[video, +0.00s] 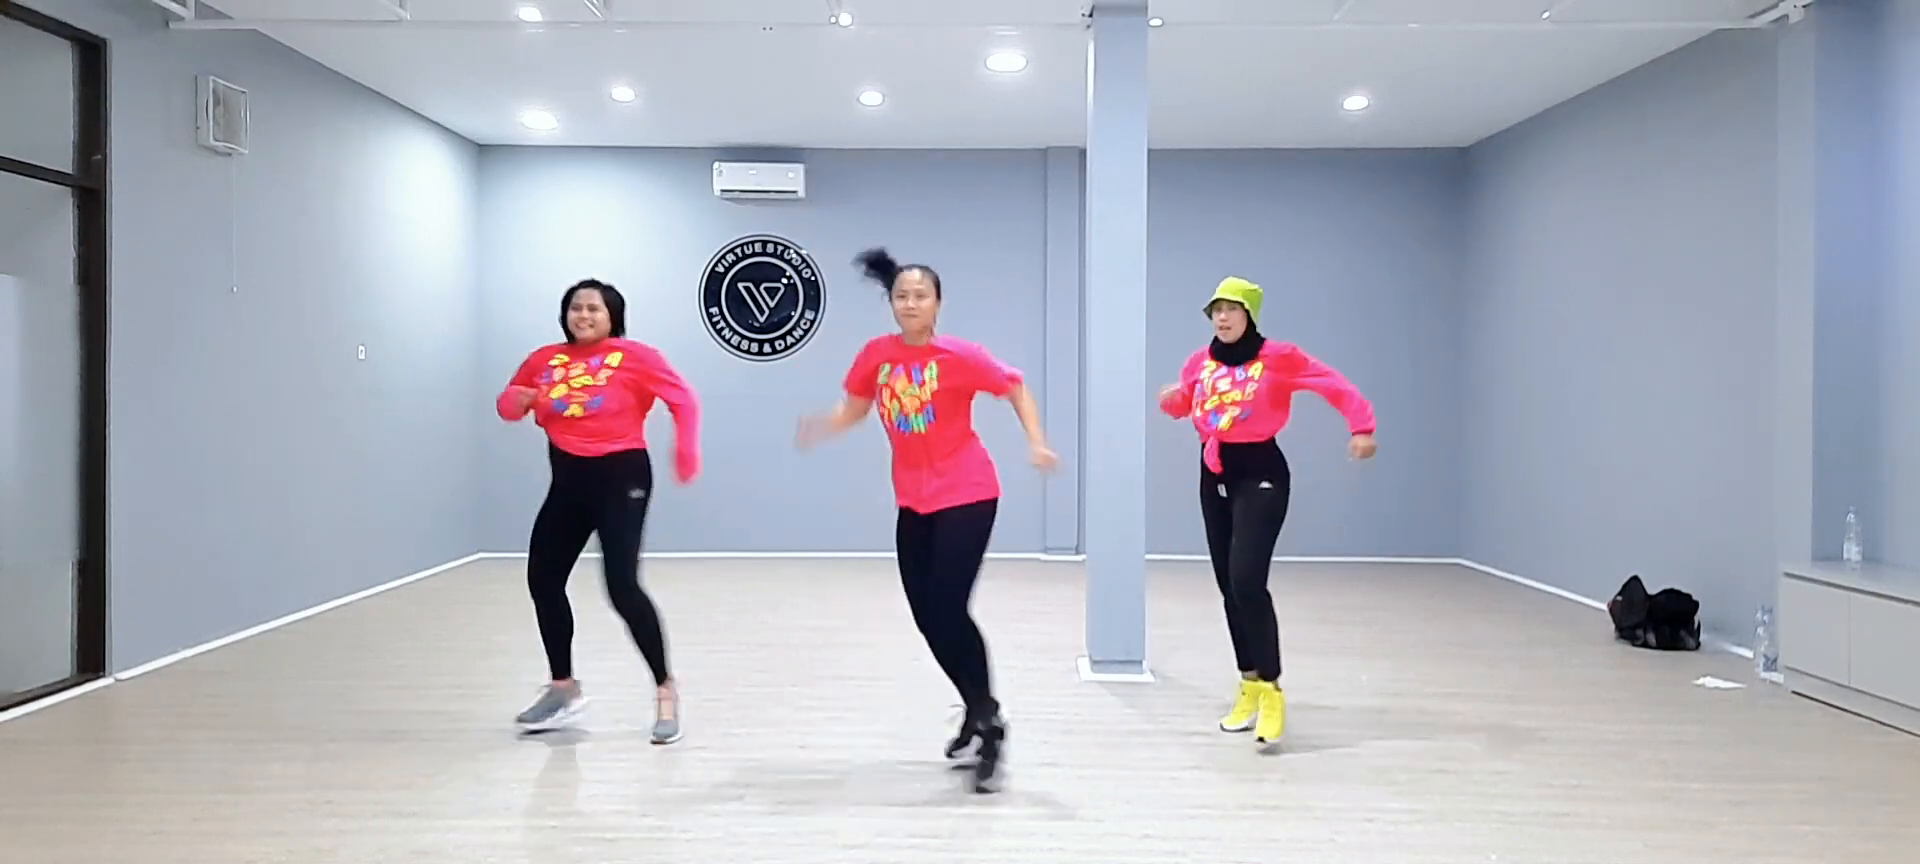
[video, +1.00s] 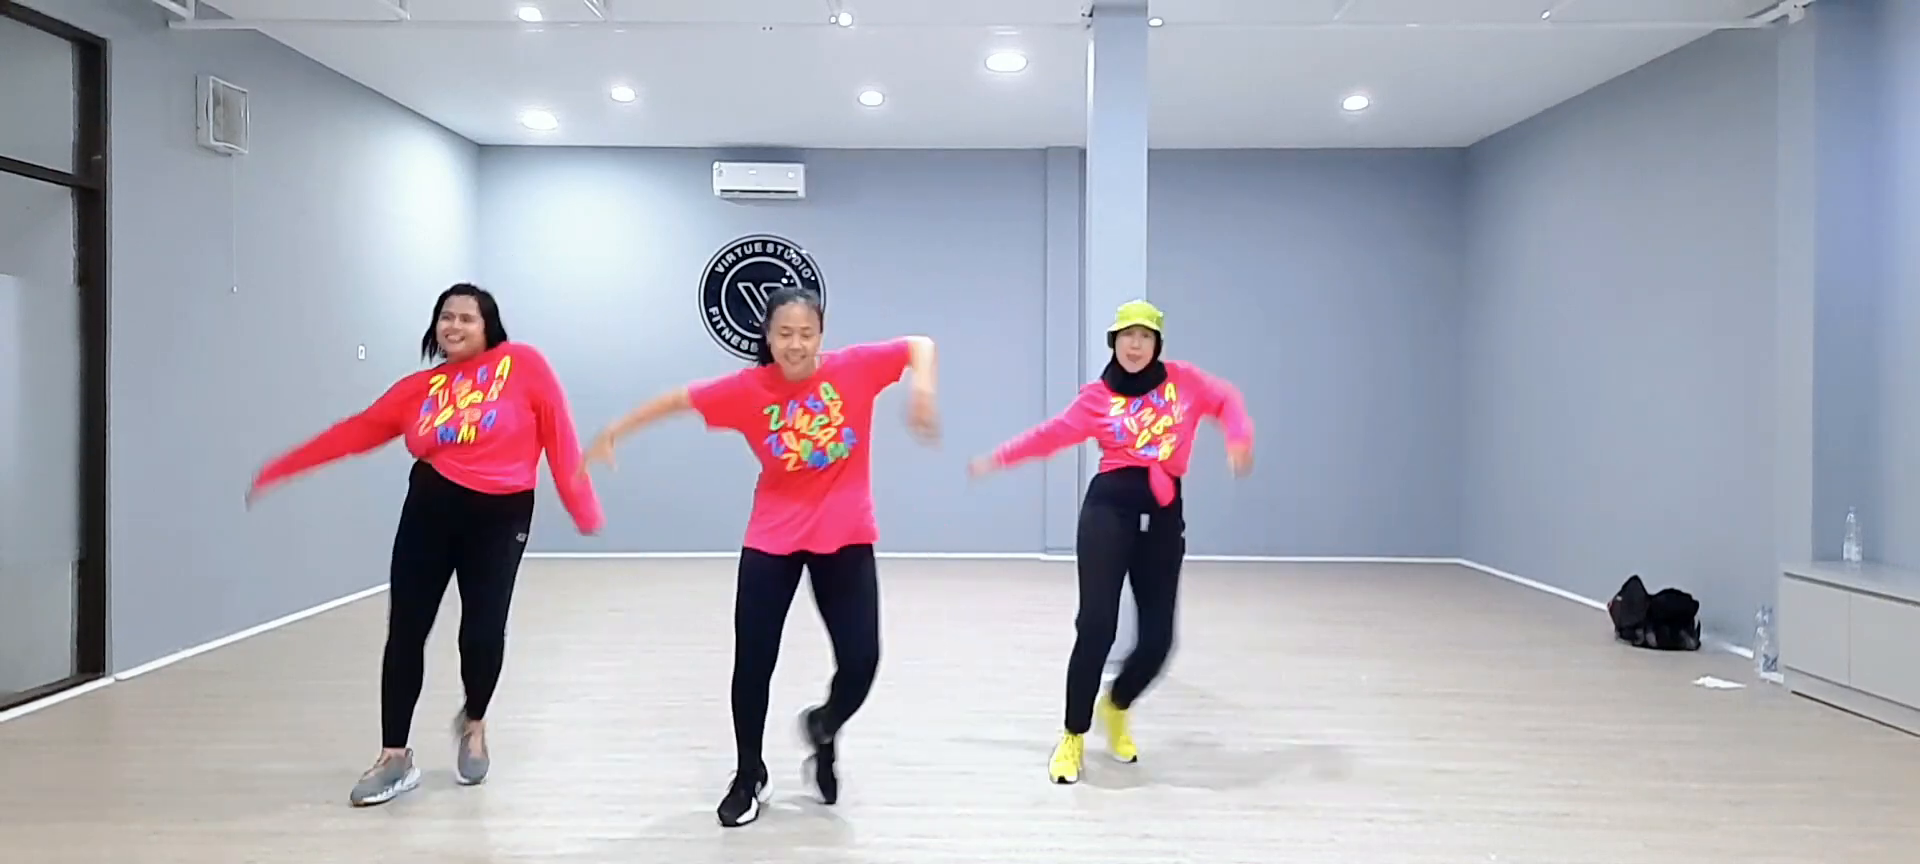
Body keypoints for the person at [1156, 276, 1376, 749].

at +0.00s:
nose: (1223, 317)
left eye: (1233, 309)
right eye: (1217, 309)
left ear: (1250, 315)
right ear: (1211, 316)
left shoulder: (1277, 357)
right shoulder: (1201, 364)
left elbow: (1337, 386)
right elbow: (1184, 408)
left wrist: (1363, 428)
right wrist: (1171, 401)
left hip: (1262, 475)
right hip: (1216, 478)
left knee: (1246, 582)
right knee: (1229, 585)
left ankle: (1270, 691)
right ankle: (1250, 684)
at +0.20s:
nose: (1231, 345)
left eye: (1239, 336)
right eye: (1223, 336)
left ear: (1254, 343)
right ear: (1214, 343)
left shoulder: (1277, 395)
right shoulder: (1203, 395)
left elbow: (1307, 454)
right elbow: (1193, 449)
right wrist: (1198, 463)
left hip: (1274, 505)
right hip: (1222, 505)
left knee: (1271, 611)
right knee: (1206, 611)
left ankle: (1287, 707)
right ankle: (1238, 677)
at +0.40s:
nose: (1226, 359)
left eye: (1235, 352)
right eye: (1219, 351)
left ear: (1249, 360)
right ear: (1207, 358)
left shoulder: (1262, 411)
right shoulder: (1192, 405)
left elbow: (1250, 474)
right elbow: (1174, 463)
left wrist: (1233, 530)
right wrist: (1153, 517)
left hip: (1257, 513)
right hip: (1205, 512)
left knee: (1262, 627)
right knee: (1167, 602)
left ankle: (1285, 711)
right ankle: (1137, 704)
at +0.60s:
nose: (1193, 338)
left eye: (1202, 330)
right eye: (1186, 329)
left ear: (1217, 337)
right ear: (1173, 336)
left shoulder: (1230, 379)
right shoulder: (1158, 383)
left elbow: (1223, 405)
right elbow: (1125, 428)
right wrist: (1082, 463)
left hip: (1204, 491)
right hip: (1151, 491)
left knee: (1228, 606)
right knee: (1136, 604)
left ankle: (1255, 690)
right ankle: (1121, 725)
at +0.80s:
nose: (1157, 307)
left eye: (1166, 299)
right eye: (1149, 299)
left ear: (1181, 306)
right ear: (1137, 304)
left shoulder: (1201, 334)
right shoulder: (1125, 348)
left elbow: (1258, 311)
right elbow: (1081, 383)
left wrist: (1214, 343)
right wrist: (1035, 409)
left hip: (1185, 470)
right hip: (1132, 467)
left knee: (1163, 592)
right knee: (1117, 584)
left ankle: (1136, 697)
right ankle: (1093, 704)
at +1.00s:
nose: (1134, 345)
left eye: (1143, 337)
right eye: (1126, 336)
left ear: (1157, 343)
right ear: (1113, 342)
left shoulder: (1184, 380)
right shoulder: (1098, 398)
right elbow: (1051, 434)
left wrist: (1239, 441)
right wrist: (997, 458)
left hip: (1163, 518)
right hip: (1108, 515)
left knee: (1158, 640)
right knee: (1096, 627)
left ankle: (1115, 704)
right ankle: (1072, 737)